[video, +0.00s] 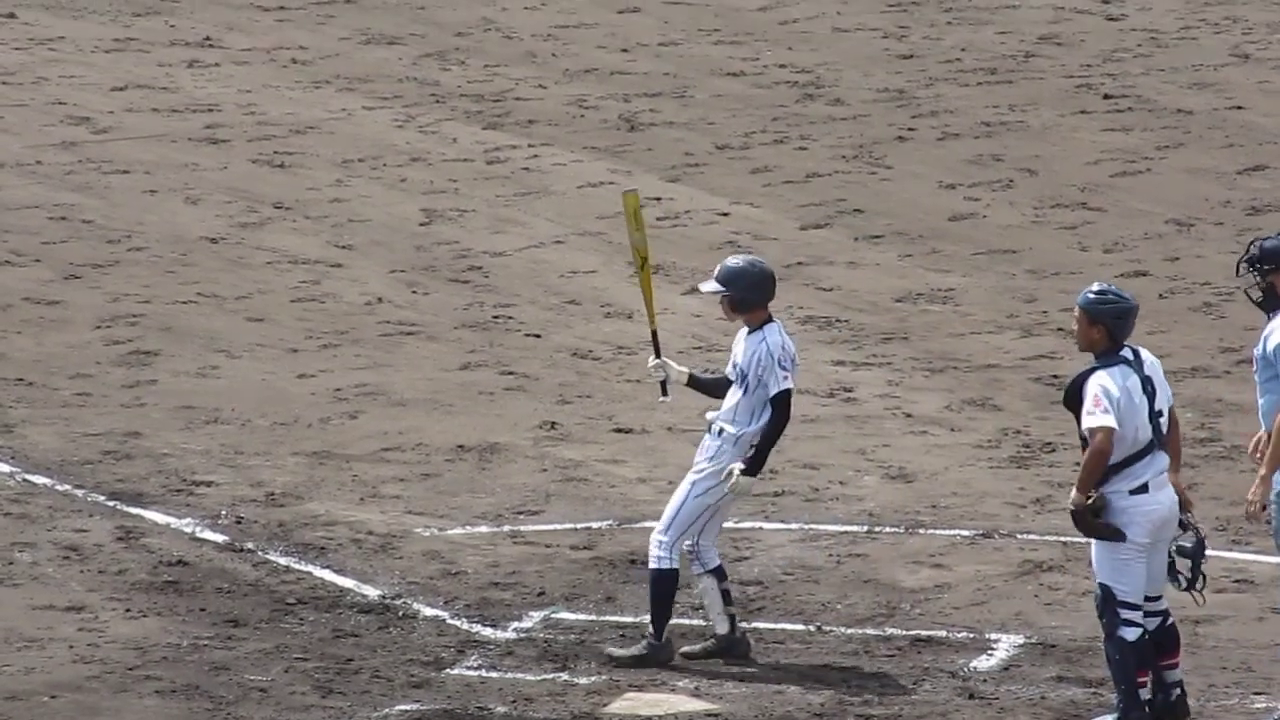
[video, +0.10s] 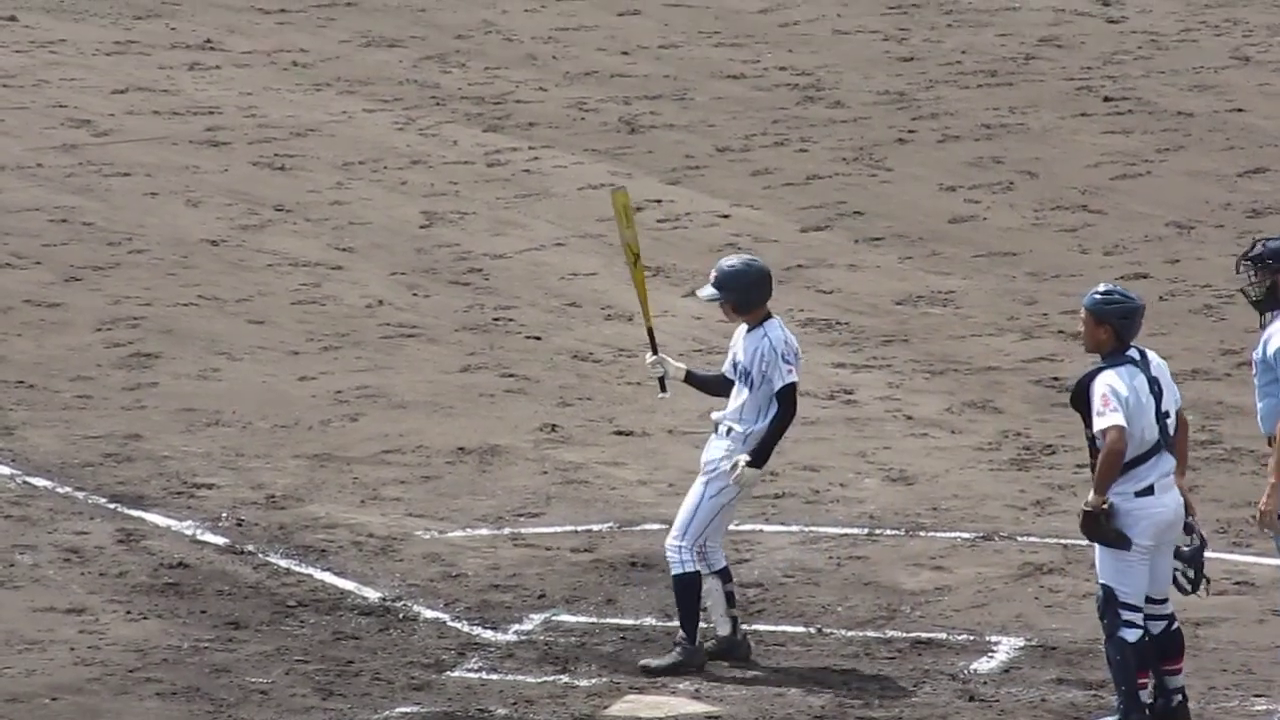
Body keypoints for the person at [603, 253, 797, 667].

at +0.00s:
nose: (719, 302)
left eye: (724, 296)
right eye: (720, 294)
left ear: (742, 299)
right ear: (755, 297)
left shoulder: (770, 345)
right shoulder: (749, 334)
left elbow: (781, 412)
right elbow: (728, 387)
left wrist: (753, 462)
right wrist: (681, 375)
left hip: (726, 456)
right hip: (721, 451)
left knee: (665, 541)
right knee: (701, 546)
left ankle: (656, 641)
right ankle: (728, 636)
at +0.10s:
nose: (719, 307)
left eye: (723, 300)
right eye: (719, 300)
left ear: (742, 300)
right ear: (751, 299)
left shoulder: (774, 341)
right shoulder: (748, 331)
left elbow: (787, 408)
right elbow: (728, 384)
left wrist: (755, 457)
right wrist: (678, 371)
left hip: (734, 455)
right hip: (723, 447)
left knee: (680, 546)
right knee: (706, 545)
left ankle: (688, 647)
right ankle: (730, 636)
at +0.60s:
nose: (744, 338)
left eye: (752, 332)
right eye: (739, 331)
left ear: (771, 325)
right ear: (733, 324)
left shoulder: (805, 350)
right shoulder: (725, 348)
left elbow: (836, 401)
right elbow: (708, 402)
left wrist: (850, 456)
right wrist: (666, 423)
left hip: (780, 466)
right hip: (737, 462)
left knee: (782, 567)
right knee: (720, 560)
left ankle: (797, 666)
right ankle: (736, 648)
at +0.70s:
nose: (762, 350)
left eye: (769, 343)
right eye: (755, 342)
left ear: (785, 333)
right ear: (744, 332)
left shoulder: (812, 355)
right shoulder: (728, 357)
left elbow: (842, 405)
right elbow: (713, 416)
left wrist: (860, 461)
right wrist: (685, 455)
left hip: (787, 471)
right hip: (742, 469)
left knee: (785, 569)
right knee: (723, 564)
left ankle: (798, 668)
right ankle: (738, 652)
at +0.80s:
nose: (776, 354)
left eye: (783, 348)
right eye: (770, 348)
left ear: (796, 338)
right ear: (758, 339)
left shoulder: (817, 358)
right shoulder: (732, 360)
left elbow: (843, 408)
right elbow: (725, 421)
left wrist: (864, 462)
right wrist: (717, 475)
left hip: (791, 474)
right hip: (744, 470)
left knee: (789, 571)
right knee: (726, 564)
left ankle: (798, 668)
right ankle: (738, 652)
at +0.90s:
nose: (781, 359)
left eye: (788, 353)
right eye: (773, 353)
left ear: (801, 344)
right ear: (760, 344)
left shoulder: (820, 359)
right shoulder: (737, 364)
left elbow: (840, 406)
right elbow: (736, 428)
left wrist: (860, 461)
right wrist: (751, 481)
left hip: (790, 470)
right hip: (744, 467)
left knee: (790, 568)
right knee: (724, 563)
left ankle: (799, 668)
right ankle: (735, 649)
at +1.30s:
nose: (752, 378)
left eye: (760, 372)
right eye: (746, 371)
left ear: (779, 357)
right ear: (737, 358)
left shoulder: (804, 354)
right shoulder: (724, 376)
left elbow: (826, 395)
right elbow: (764, 423)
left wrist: (845, 445)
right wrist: (811, 453)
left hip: (782, 470)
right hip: (734, 467)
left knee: (789, 568)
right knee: (709, 564)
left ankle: (797, 666)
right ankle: (711, 659)